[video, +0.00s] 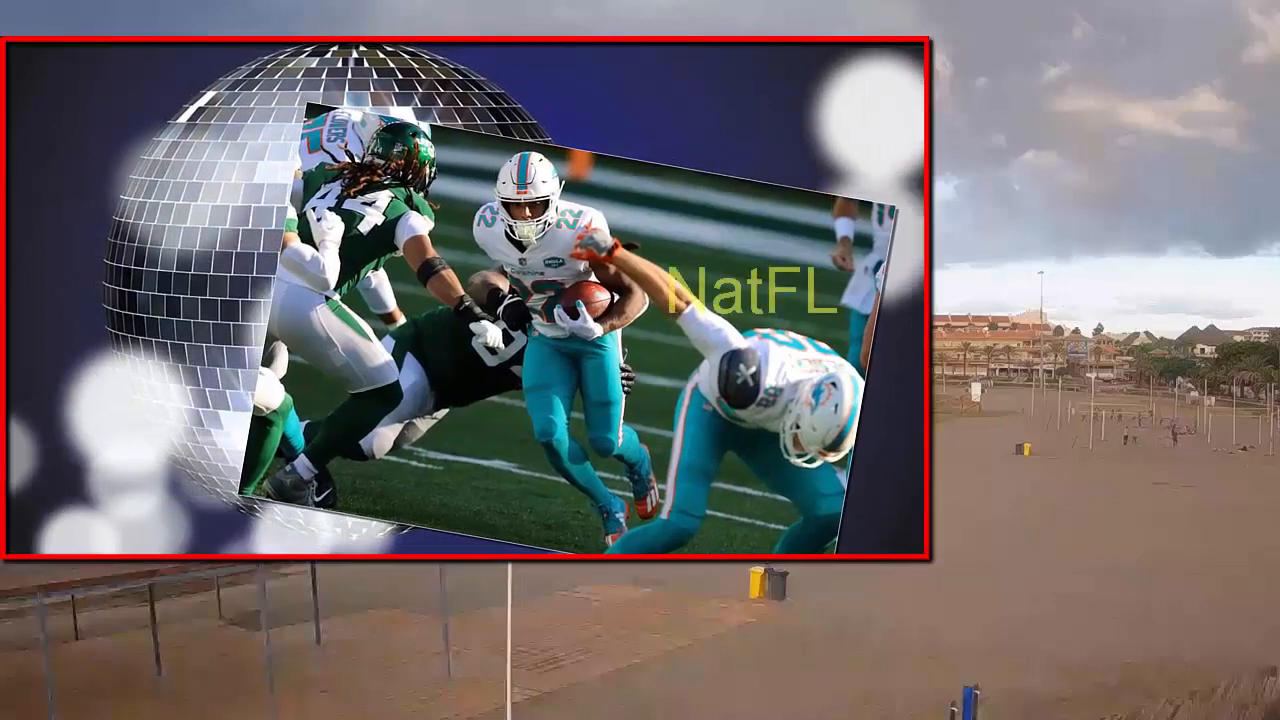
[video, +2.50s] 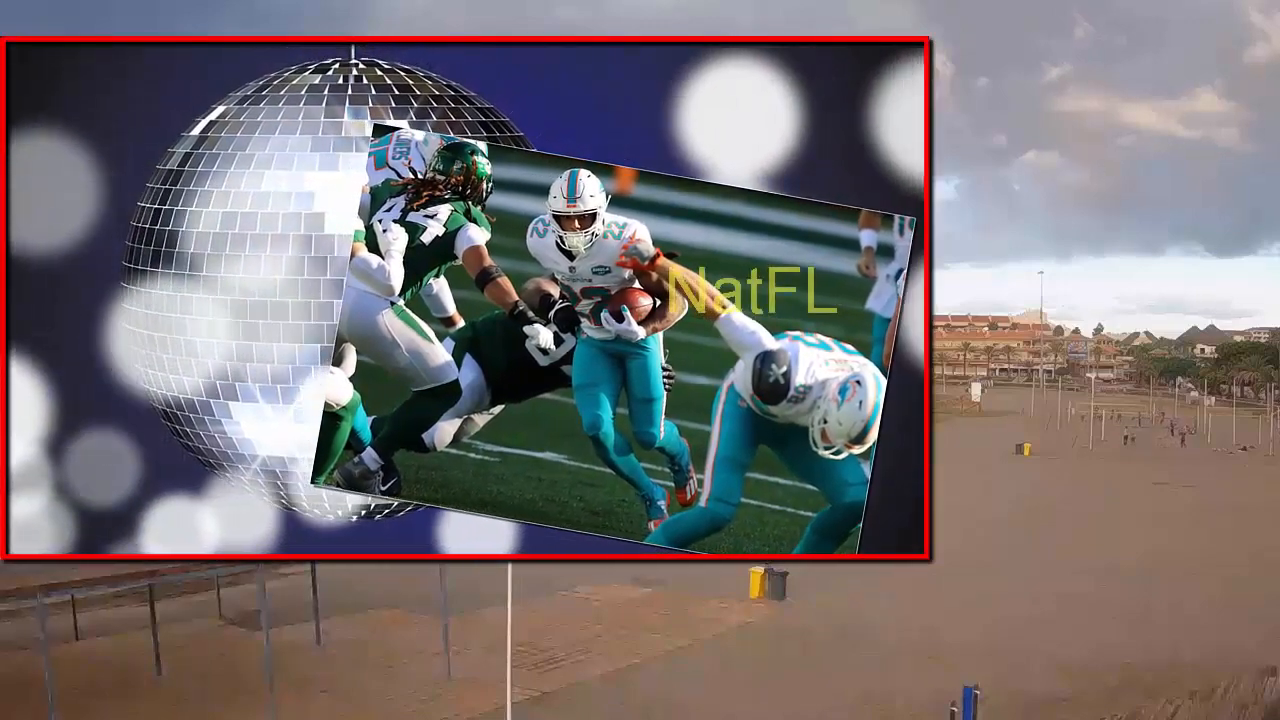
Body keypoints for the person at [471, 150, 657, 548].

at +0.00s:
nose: (524, 215)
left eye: (534, 205)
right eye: (514, 206)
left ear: (552, 199)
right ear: (502, 201)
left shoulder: (585, 228)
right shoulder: (487, 226)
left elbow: (638, 294)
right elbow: (515, 271)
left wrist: (602, 327)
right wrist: (515, 302)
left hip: (597, 340)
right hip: (544, 339)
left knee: (604, 441)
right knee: (549, 435)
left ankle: (640, 469)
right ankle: (610, 508)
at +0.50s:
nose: (534, 217)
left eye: (543, 208)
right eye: (525, 209)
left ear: (561, 201)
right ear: (512, 204)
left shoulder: (594, 229)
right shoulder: (497, 228)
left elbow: (646, 295)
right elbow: (524, 272)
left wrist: (610, 328)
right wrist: (527, 303)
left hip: (606, 340)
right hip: (554, 339)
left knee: (613, 440)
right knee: (558, 433)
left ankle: (649, 469)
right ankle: (619, 507)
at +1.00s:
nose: (544, 219)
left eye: (553, 210)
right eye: (535, 211)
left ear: (571, 204)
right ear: (523, 206)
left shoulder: (602, 232)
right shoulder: (508, 231)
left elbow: (655, 296)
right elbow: (534, 273)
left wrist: (619, 329)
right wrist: (539, 304)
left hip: (614, 340)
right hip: (564, 339)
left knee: (622, 439)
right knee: (568, 432)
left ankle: (657, 467)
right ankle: (628, 504)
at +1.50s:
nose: (554, 221)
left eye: (563, 213)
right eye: (545, 213)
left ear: (580, 206)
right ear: (533, 209)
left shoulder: (612, 234)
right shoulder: (519, 233)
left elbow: (660, 296)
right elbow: (543, 274)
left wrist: (628, 329)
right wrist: (542, 305)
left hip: (623, 341)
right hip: (573, 340)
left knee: (630, 438)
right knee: (578, 432)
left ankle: (664, 463)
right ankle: (636, 501)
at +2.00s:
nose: (564, 224)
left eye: (572, 215)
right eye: (555, 216)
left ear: (590, 209)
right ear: (543, 211)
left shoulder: (621, 237)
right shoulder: (529, 234)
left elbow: (668, 299)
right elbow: (555, 276)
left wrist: (636, 330)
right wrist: (559, 306)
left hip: (632, 341)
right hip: (583, 340)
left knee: (639, 436)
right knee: (587, 430)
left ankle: (673, 462)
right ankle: (645, 499)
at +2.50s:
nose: (574, 226)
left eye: (582, 218)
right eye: (565, 218)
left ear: (599, 211)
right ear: (553, 214)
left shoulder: (630, 238)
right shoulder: (539, 237)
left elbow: (678, 300)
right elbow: (566, 278)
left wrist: (644, 331)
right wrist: (573, 306)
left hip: (641, 342)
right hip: (592, 341)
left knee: (648, 435)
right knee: (597, 428)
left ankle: (681, 462)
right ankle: (653, 497)